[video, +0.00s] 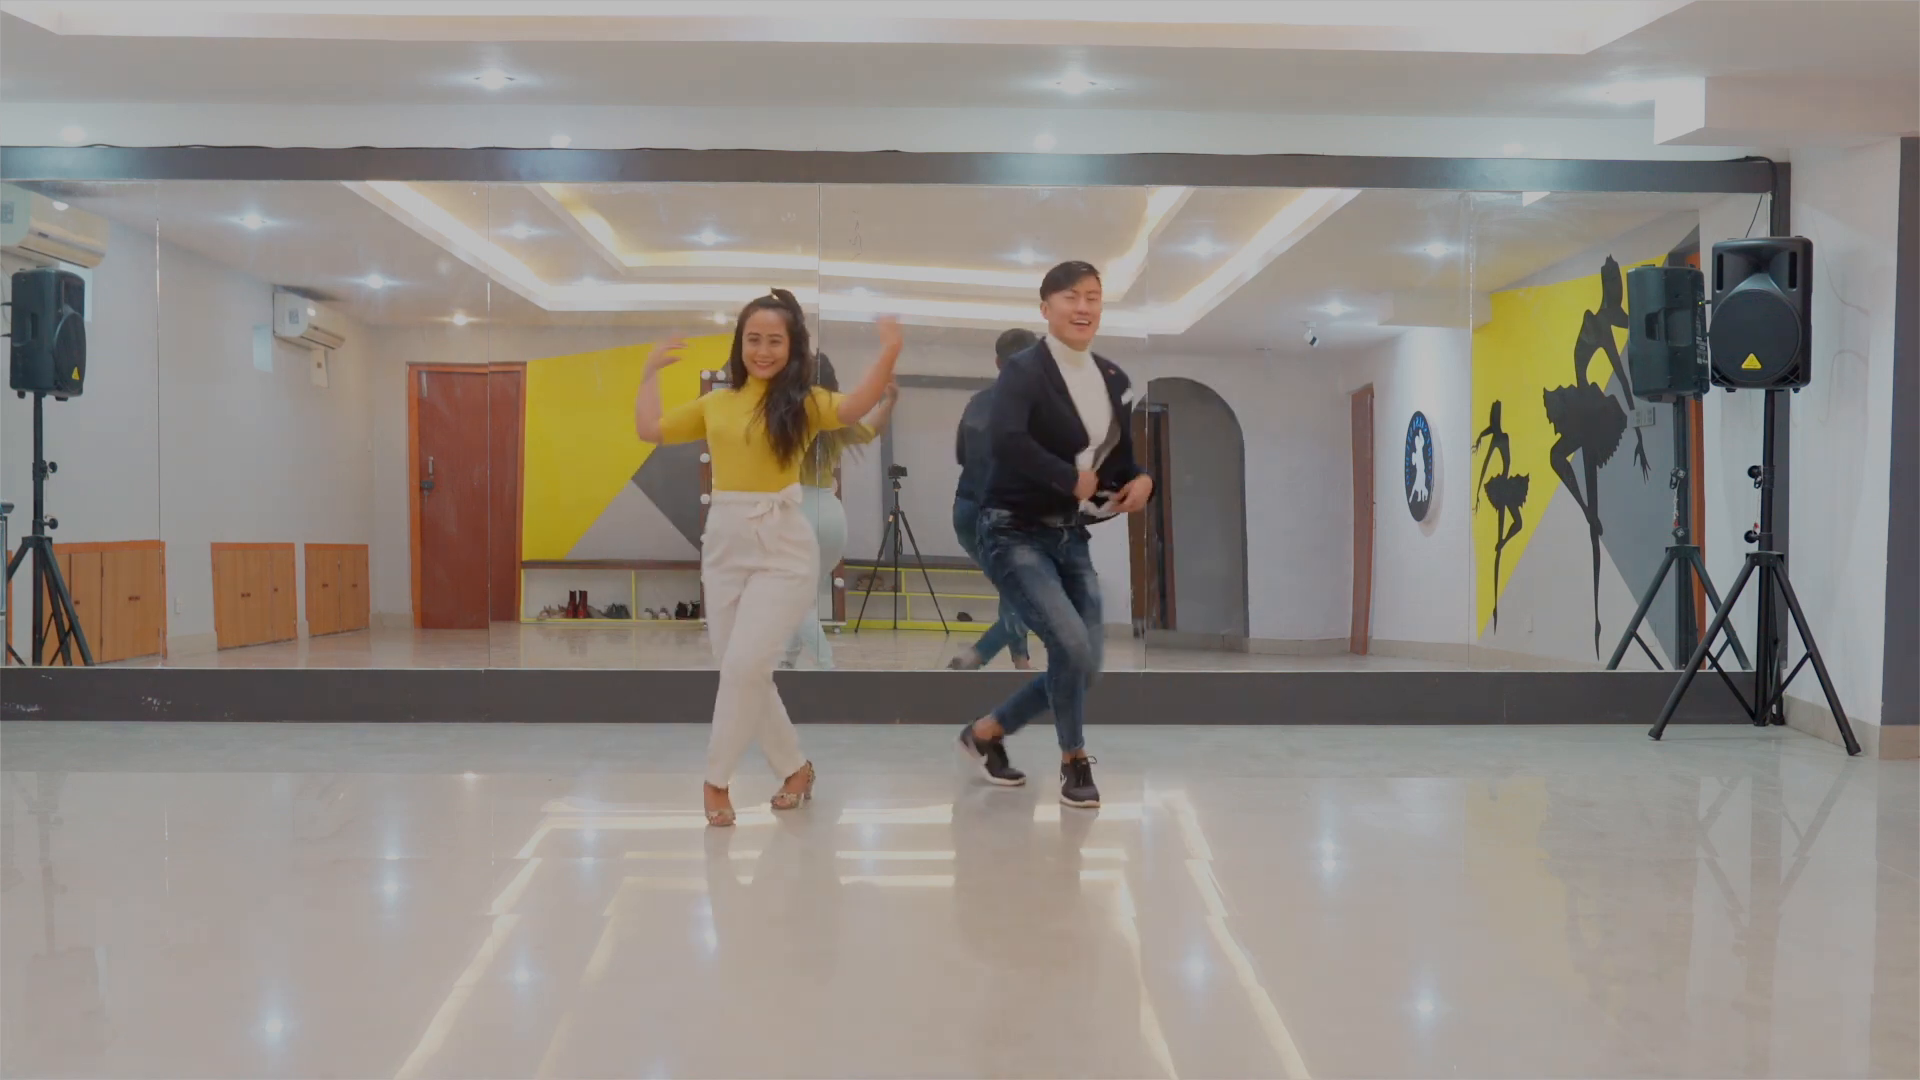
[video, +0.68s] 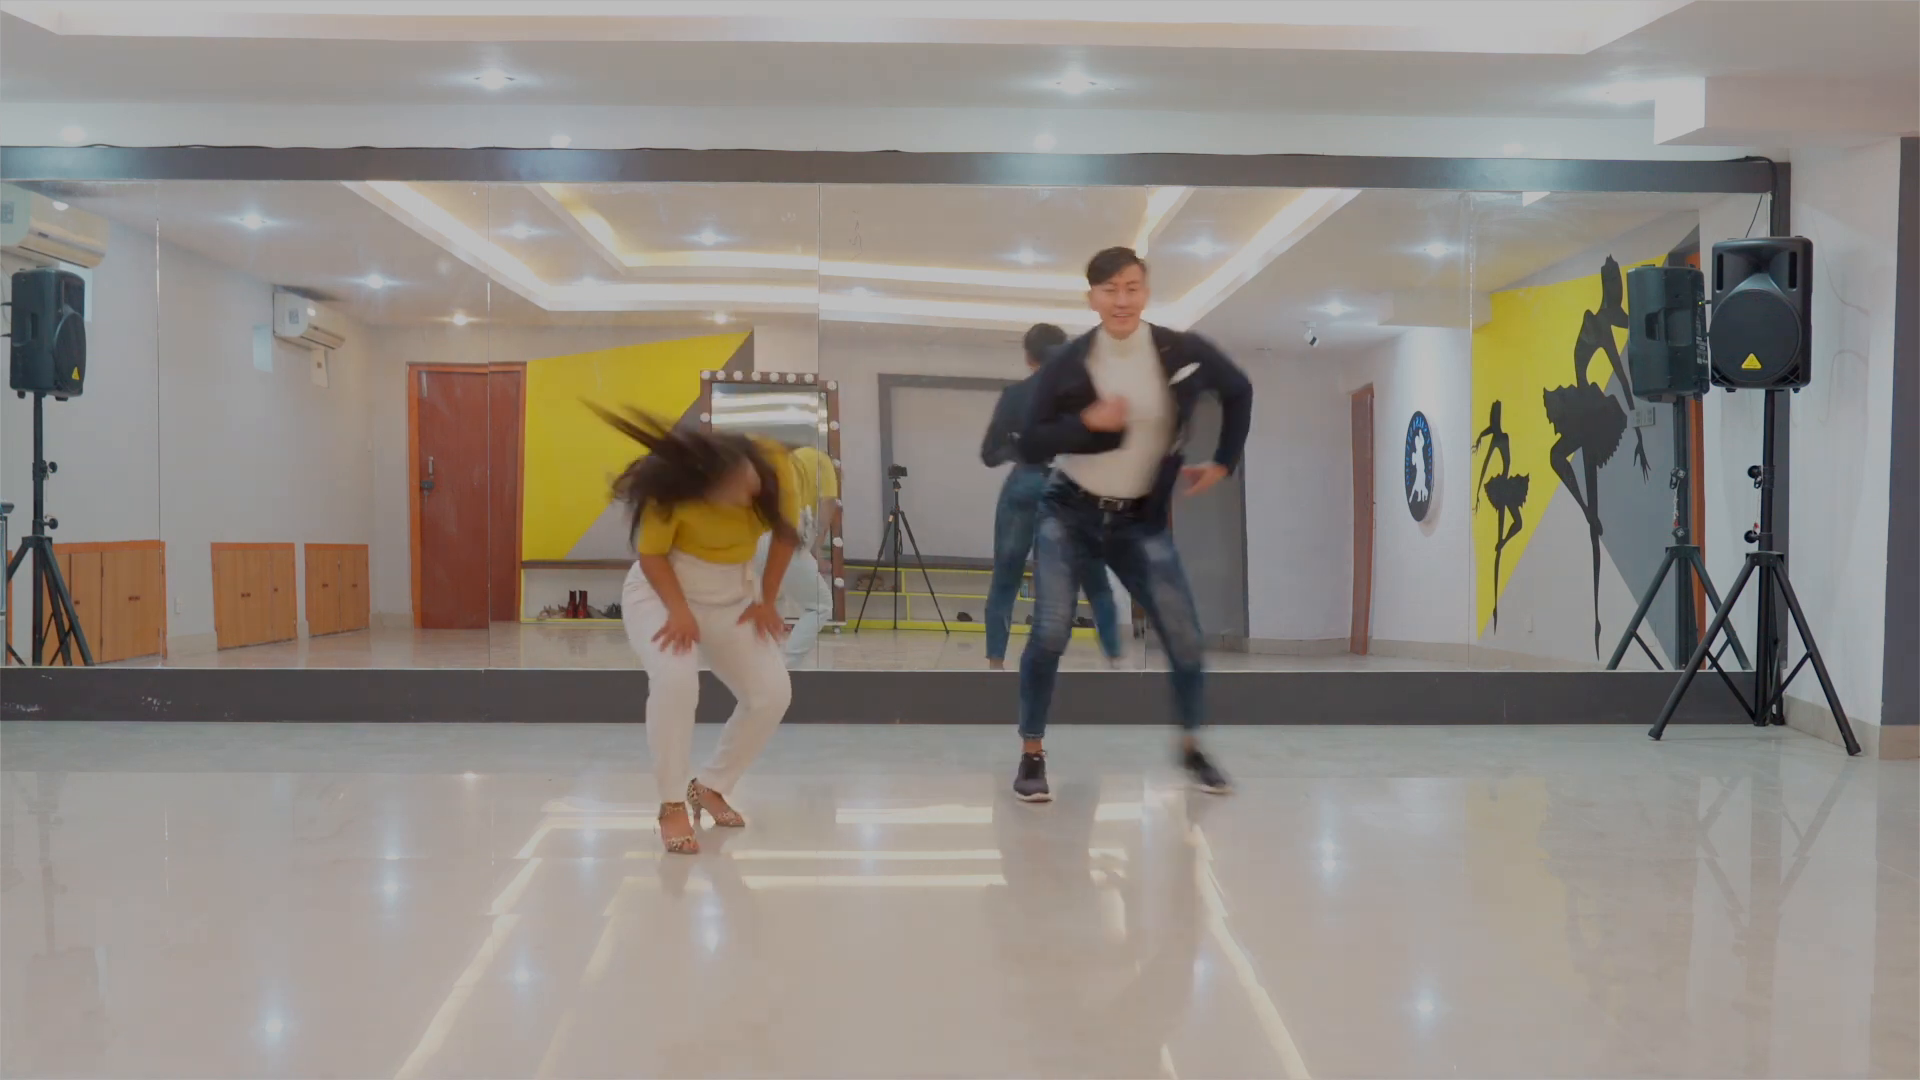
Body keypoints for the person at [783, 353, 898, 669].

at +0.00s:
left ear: (793, 378)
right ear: (830, 383)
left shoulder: (780, 414)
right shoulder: (830, 418)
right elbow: (867, 430)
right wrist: (889, 400)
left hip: (791, 507)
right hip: (828, 505)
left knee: (803, 596)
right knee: (806, 592)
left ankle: (822, 668)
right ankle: (782, 661)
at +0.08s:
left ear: (792, 382)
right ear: (830, 385)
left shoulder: (779, 415)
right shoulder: (829, 418)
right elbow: (864, 435)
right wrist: (895, 409)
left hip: (785, 511)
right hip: (822, 508)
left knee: (795, 595)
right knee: (813, 593)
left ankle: (816, 663)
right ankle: (788, 661)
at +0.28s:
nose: (835, 397)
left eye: (834, 391)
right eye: (832, 392)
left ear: (793, 395)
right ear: (821, 396)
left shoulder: (778, 429)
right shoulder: (823, 433)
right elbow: (846, 471)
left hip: (777, 508)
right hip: (813, 508)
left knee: (776, 590)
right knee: (807, 592)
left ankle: (768, 659)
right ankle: (795, 660)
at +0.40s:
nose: (778, 405)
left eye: (780, 399)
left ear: (787, 403)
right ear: (810, 401)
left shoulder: (776, 434)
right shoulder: (819, 434)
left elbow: (832, 484)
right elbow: (831, 482)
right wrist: (837, 526)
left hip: (779, 514)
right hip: (814, 512)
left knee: (780, 593)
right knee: (807, 597)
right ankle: (792, 661)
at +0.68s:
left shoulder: (780, 460)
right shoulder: (819, 459)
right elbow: (827, 507)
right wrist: (817, 549)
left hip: (760, 539)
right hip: (786, 544)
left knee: (769, 603)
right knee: (820, 606)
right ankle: (786, 664)